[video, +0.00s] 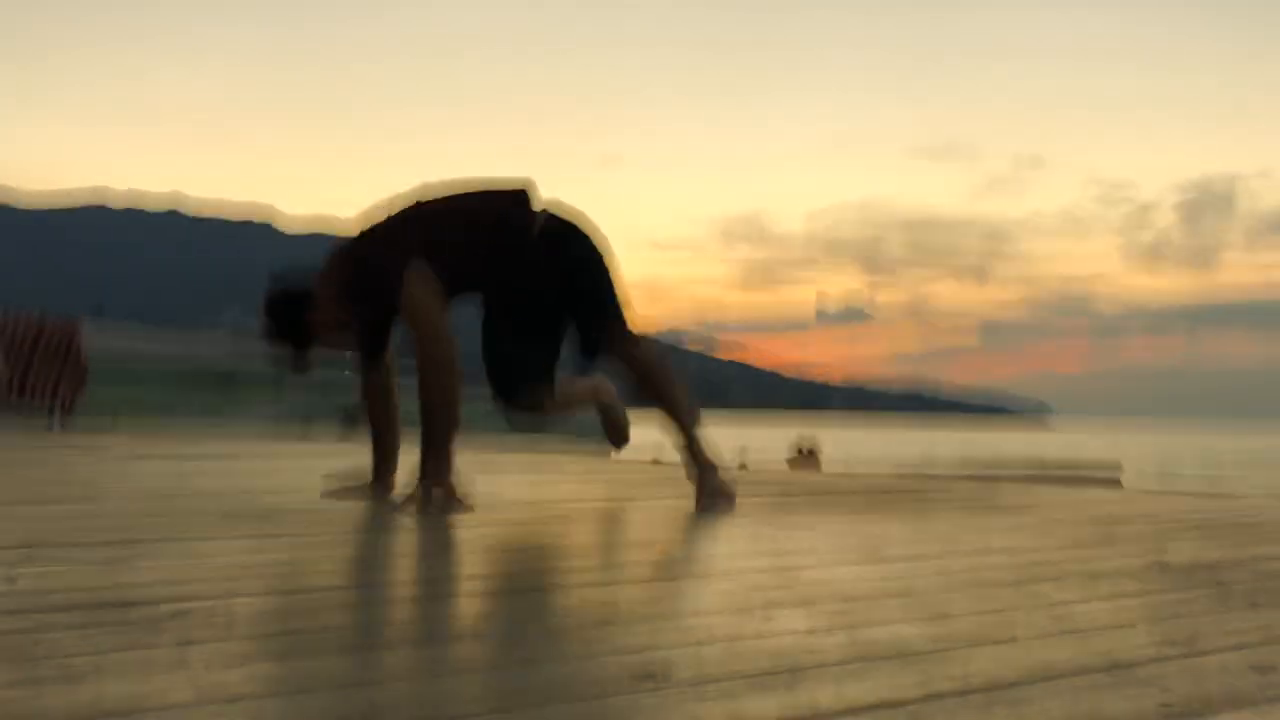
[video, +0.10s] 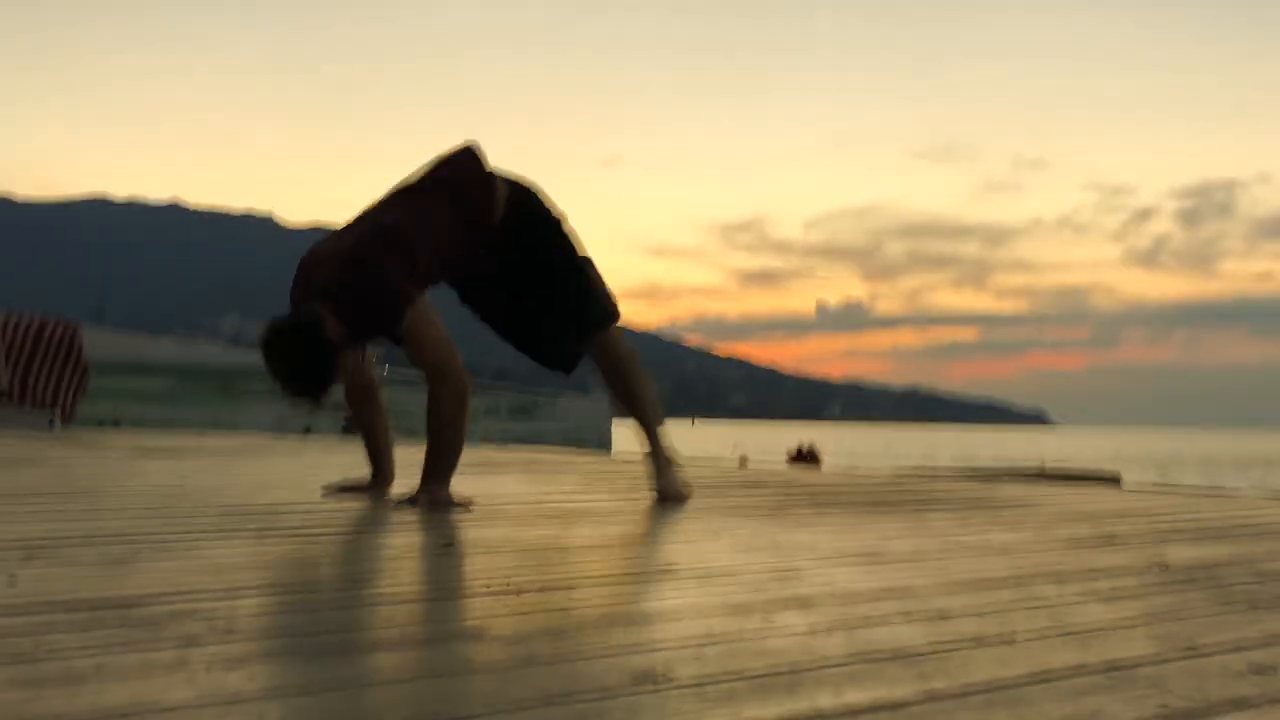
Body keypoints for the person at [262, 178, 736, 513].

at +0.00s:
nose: (339, 342)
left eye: (327, 334)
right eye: (328, 341)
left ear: (321, 307)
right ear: (320, 306)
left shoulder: (391, 264)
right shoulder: (357, 283)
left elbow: (437, 364)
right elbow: (378, 385)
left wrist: (437, 478)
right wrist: (381, 481)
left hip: (557, 241)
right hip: (508, 274)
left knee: (618, 346)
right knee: (525, 402)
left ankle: (701, 461)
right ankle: (600, 393)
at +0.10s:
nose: (340, 382)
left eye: (336, 376)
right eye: (331, 384)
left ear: (331, 340)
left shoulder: (374, 280)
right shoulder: (313, 286)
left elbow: (449, 378)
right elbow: (361, 386)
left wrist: (436, 484)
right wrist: (380, 476)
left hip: (506, 211)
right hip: (461, 247)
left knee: (600, 333)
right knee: (575, 338)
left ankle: (662, 458)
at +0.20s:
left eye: (371, 379)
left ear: (376, 339)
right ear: (314, 345)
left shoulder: (405, 284)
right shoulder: (311, 284)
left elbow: (458, 381)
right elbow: (354, 385)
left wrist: (437, 485)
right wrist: (380, 475)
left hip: (477, 187)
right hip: (404, 192)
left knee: (540, 329)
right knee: (493, 263)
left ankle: (583, 462)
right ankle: (569, 219)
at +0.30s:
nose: (391, 394)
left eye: (399, 385)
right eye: (377, 386)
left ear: (414, 338)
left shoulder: (441, 292)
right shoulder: (323, 311)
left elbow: (468, 383)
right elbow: (350, 383)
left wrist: (441, 487)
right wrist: (377, 473)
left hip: (458, 167)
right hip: (377, 165)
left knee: (488, 327)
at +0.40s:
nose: (402, 388)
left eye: (414, 378)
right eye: (391, 377)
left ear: (439, 332)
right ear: (367, 333)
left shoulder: (463, 292)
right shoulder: (328, 294)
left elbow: (472, 392)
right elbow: (342, 375)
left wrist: (442, 486)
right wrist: (361, 460)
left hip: (445, 155)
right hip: (368, 146)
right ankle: (365, 462)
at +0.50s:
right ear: (385, 305)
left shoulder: (470, 300)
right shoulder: (339, 264)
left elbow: (464, 394)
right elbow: (310, 348)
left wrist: (442, 484)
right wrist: (342, 437)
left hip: (437, 179)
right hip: (359, 153)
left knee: (384, 349)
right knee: (276, 268)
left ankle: (332, 459)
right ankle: (227, 349)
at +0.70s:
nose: (505, 229)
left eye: (516, 226)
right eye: (514, 219)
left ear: (507, 194)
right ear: (507, 192)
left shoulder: (465, 210)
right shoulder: (442, 177)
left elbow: (425, 290)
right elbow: (363, 262)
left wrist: (398, 355)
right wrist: (397, 303)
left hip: (320, 210)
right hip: (265, 190)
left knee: (348, 330)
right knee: (293, 336)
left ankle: (333, 466)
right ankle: (197, 452)